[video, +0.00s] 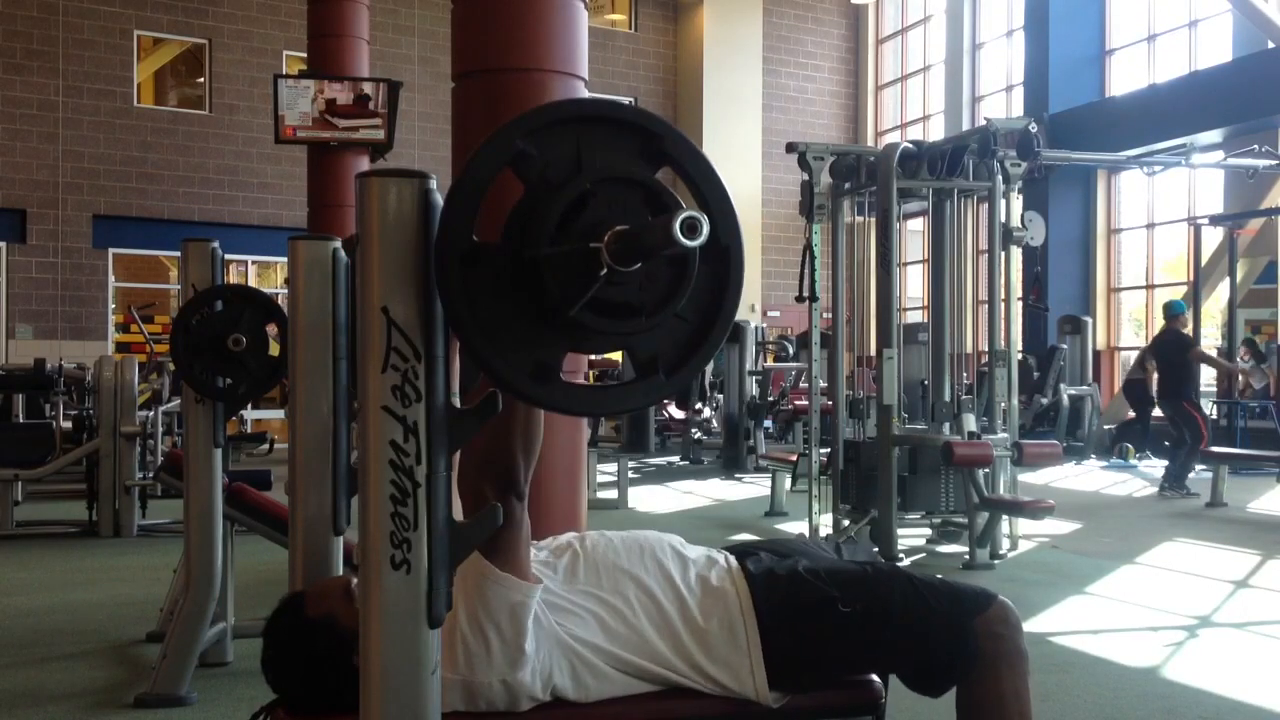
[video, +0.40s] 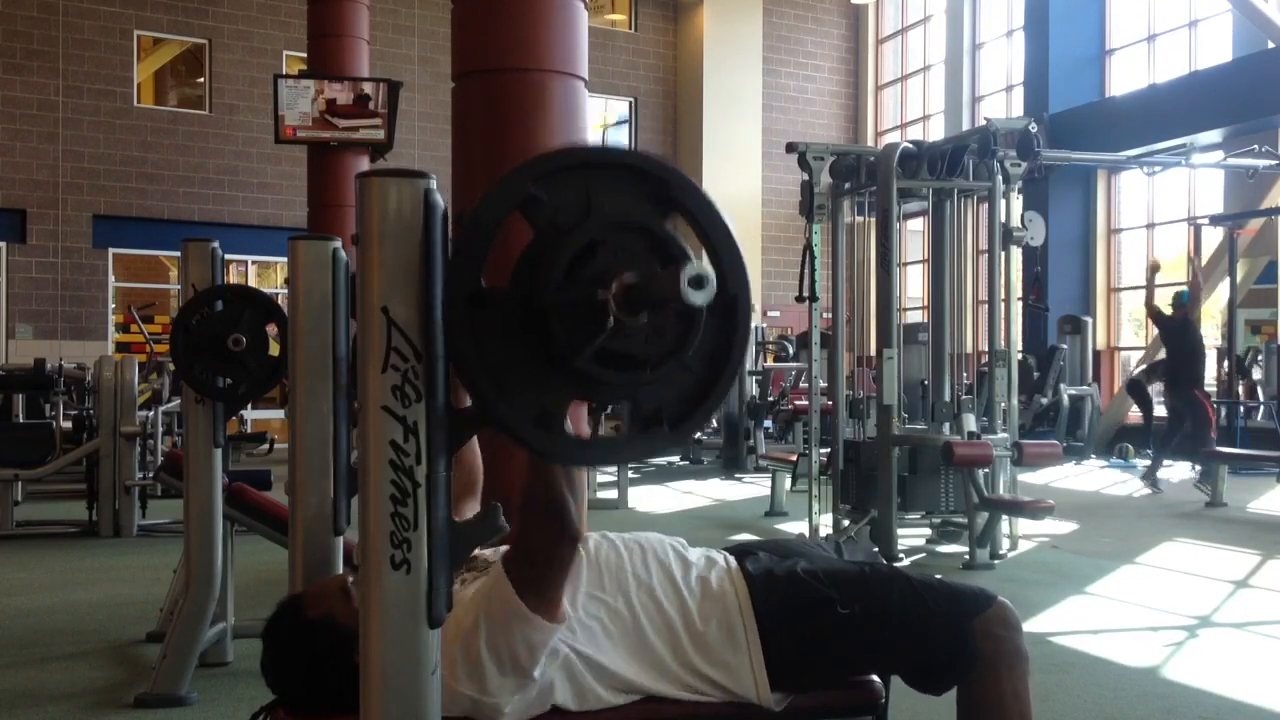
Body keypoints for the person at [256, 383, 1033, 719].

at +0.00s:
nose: (358, 578)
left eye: (340, 581)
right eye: (342, 594)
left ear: (349, 647)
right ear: (356, 642)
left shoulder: (454, 637)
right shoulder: (474, 664)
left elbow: (493, 494)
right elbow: (509, 485)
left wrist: (504, 346)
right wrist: (527, 323)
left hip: (716, 582)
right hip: (742, 617)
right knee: (988, 623)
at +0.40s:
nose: (355, 575)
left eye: (336, 580)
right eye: (338, 595)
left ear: (346, 659)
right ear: (355, 646)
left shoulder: (436, 627)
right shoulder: (475, 668)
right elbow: (549, 525)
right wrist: (523, 349)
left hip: (721, 593)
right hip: (741, 614)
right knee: (987, 627)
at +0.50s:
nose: (356, 566)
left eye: (338, 568)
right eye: (341, 585)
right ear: (345, 642)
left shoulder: (440, 608)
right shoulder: (457, 670)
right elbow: (568, 586)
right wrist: (539, 448)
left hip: (733, 588)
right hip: (748, 614)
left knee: (865, 689)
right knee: (985, 626)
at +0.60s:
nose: (361, 577)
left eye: (346, 578)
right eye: (346, 592)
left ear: (370, 590)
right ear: (351, 642)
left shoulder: (463, 599)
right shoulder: (453, 666)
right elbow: (580, 628)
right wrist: (555, 490)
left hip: (730, 583)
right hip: (740, 615)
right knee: (986, 627)